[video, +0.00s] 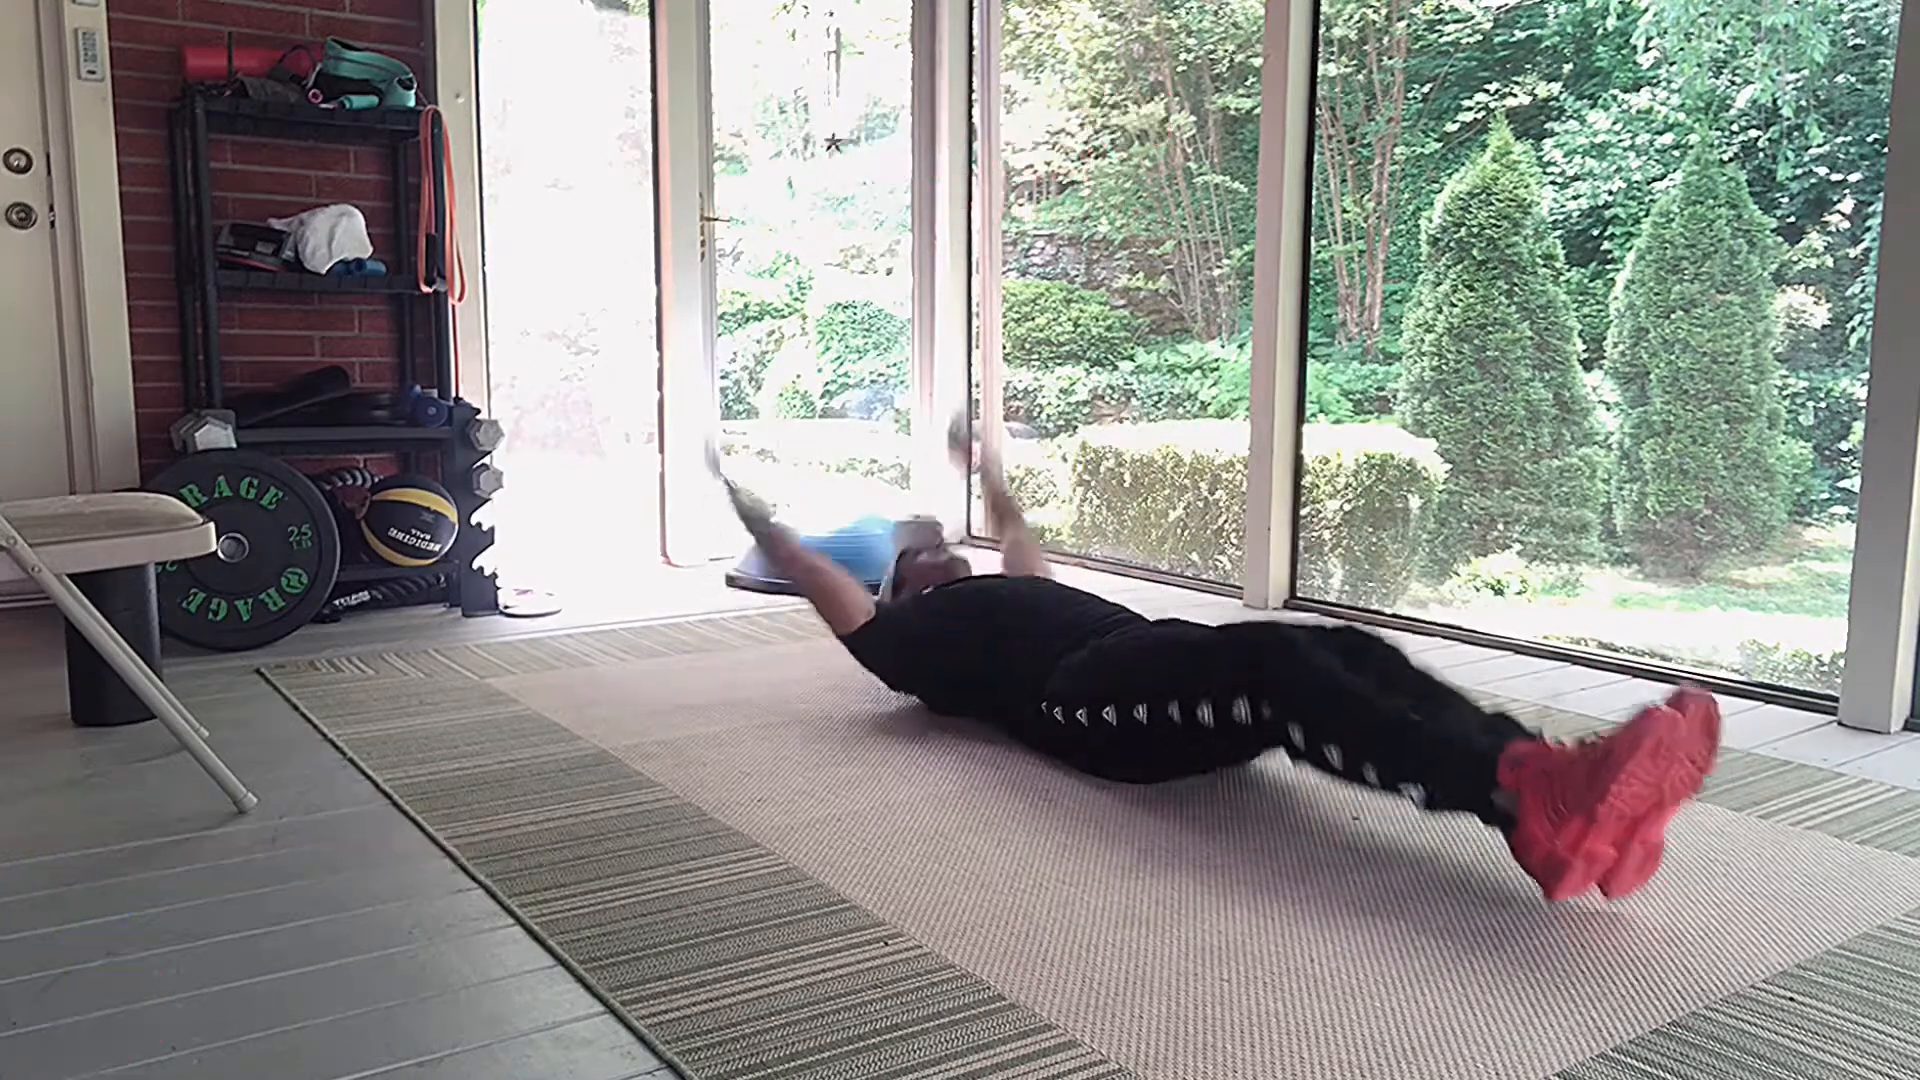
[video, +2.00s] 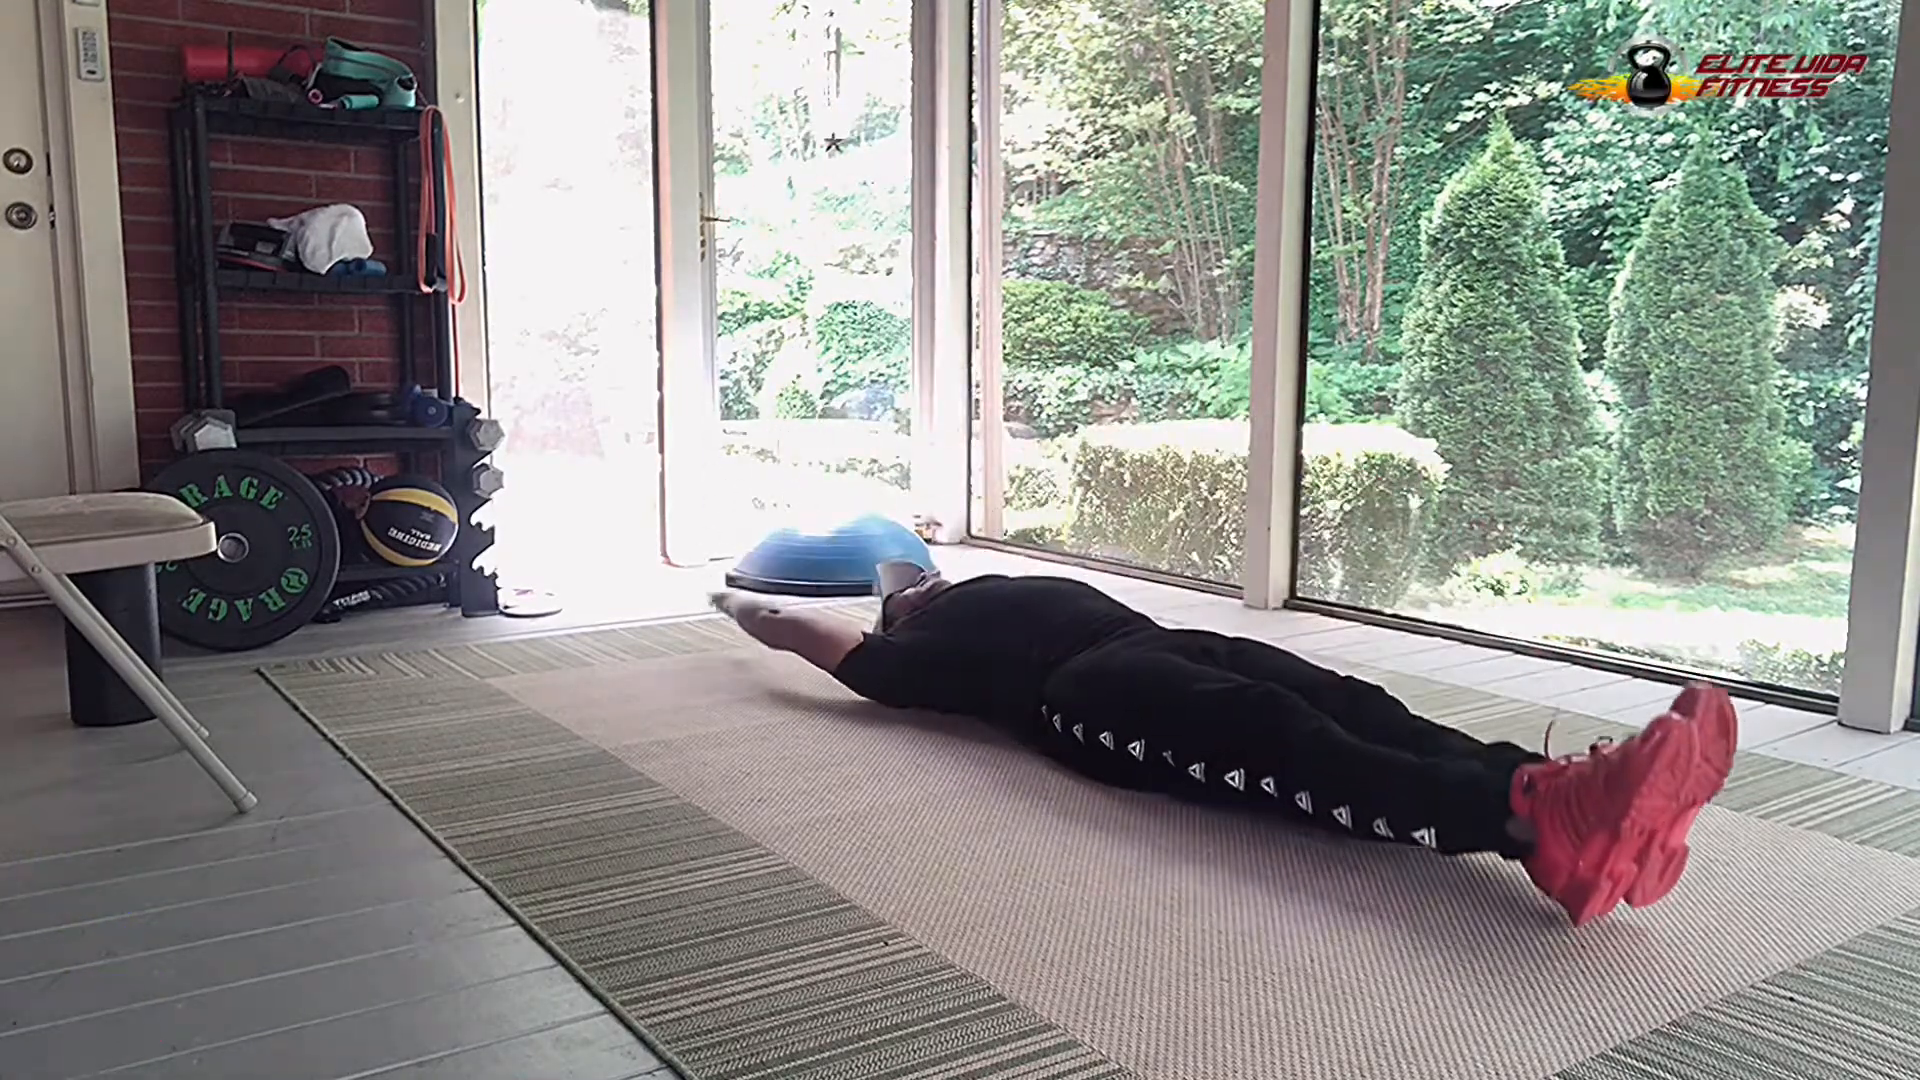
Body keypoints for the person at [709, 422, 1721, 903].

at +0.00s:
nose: (937, 558)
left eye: (942, 549)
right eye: (917, 558)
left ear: (967, 562)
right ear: (889, 590)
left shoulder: (1009, 594)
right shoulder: (895, 635)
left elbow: (1013, 540)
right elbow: (803, 564)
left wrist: (976, 482)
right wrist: (750, 509)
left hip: (1159, 654)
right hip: (1084, 699)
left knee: (1338, 641)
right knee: (1281, 666)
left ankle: (1560, 795)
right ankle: (1531, 809)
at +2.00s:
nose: (919, 574)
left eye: (921, 570)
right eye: (901, 581)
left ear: (937, 578)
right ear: (882, 606)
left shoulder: (1008, 594)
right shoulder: (887, 648)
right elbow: (794, 631)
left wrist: (942, 557)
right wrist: (743, 601)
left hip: (1159, 637)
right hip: (1082, 680)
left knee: (1340, 695)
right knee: (1272, 737)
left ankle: (1572, 833)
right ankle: (1540, 814)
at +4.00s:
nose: (920, 555)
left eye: (927, 548)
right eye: (899, 558)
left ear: (956, 561)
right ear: (880, 591)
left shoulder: (1018, 587)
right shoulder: (897, 627)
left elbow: (1023, 524)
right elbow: (813, 546)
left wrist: (985, 450)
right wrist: (765, 466)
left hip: (1137, 640)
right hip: (1082, 689)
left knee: (1336, 634)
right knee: (1284, 668)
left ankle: (1566, 728)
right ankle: (1537, 737)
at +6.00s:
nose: (976, 503)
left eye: (984, 493)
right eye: (956, 493)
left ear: (1002, 510)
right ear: (923, 517)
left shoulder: (1063, 564)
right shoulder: (921, 603)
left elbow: (1135, 466)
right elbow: (903, 477)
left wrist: (1165, 341)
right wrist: (919, 334)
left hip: (1185, 700)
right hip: (1105, 709)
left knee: (1275, 483)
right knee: (1191, 501)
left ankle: (1445, 619)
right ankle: (1401, 623)